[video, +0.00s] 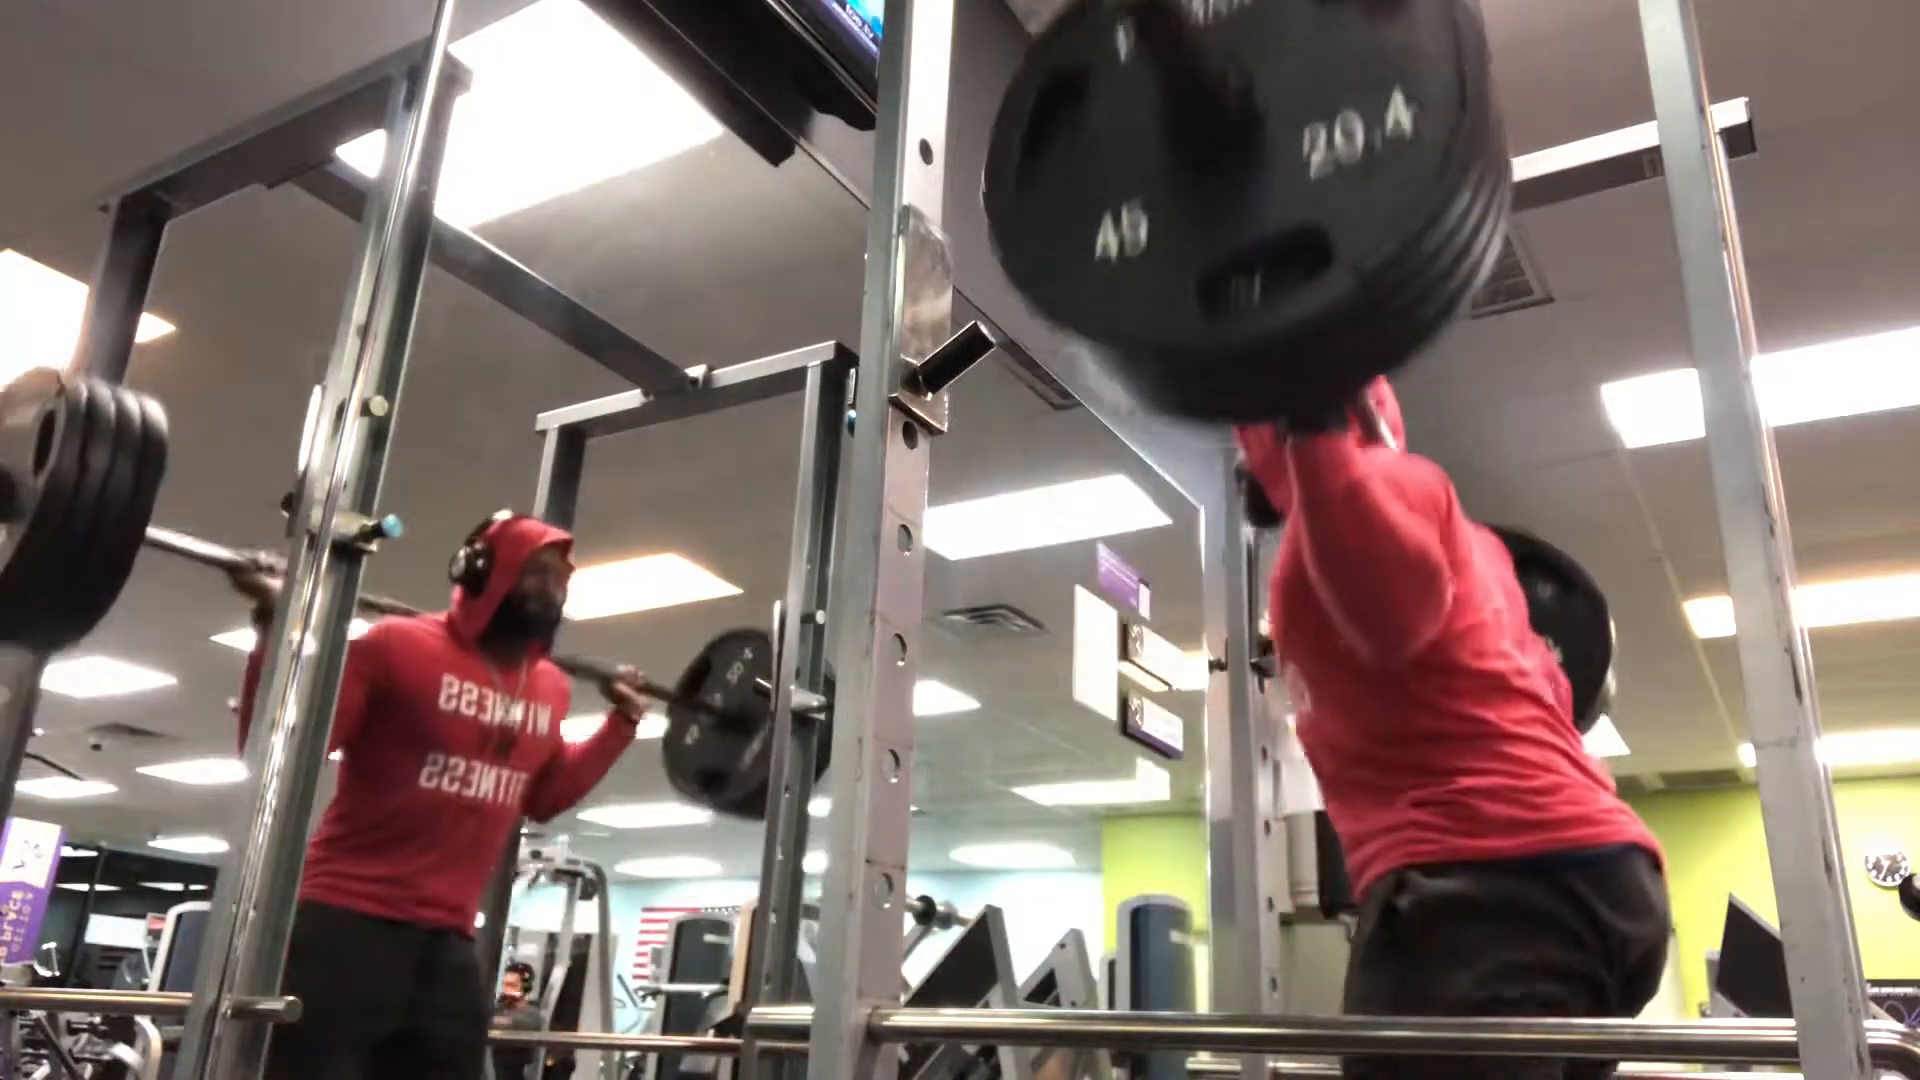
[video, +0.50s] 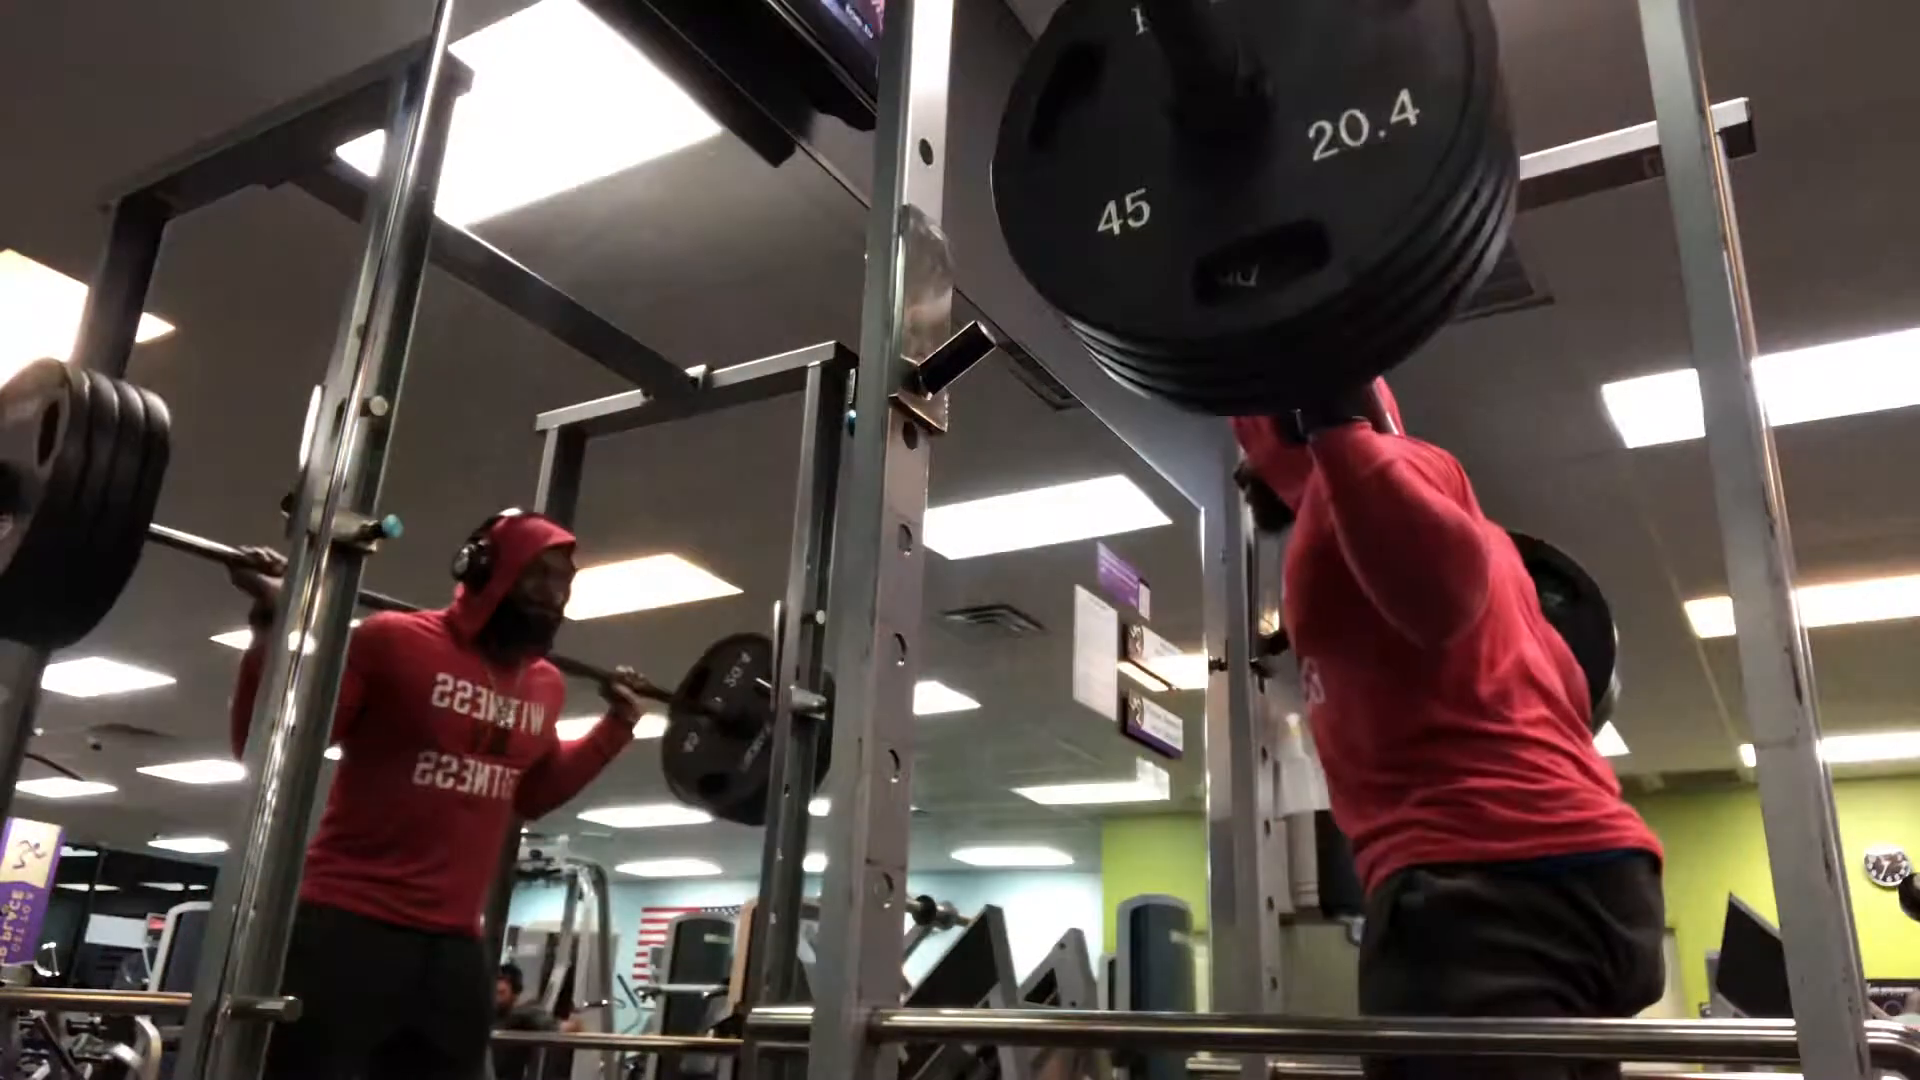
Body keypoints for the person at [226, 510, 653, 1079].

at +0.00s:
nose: (554, 592)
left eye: (561, 576)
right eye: (537, 572)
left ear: (566, 586)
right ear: (490, 575)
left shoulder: (548, 686)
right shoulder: (398, 645)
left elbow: (544, 798)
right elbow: (271, 749)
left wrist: (621, 723)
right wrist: (275, 627)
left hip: (447, 943)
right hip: (344, 924)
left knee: (452, 1067)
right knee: (317, 1069)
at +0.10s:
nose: (554, 590)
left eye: (562, 575)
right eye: (537, 570)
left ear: (567, 585)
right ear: (490, 571)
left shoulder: (544, 680)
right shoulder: (392, 638)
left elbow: (537, 790)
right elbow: (266, 747)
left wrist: (620, 716)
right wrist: (273, 623)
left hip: (446, 945)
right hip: (343, 925)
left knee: (450, 1068)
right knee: (312, 1070)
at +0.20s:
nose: (557, 598)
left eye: (565, 583)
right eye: (542, 577)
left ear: (567, 595)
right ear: (494, 578)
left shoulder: (541, 688)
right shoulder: (392, 644)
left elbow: (530, 798)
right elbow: (264, 751)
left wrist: (617, 728)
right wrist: (273, 628)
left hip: (444, 950)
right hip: (339, 929)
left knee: (446, 1069)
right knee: (312, 1070)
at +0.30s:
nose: (560, 599)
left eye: (567, 585)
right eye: (544, 580)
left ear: (569, 597)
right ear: (496, 582)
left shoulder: (541, 693)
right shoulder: (392, 650)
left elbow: (531, 804)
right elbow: (262, 751)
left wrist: (618, 735)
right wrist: (272, 636)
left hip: (443, 951)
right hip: (338, 931)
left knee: (449, 1068)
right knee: (313, 1070)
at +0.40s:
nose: (559, 598)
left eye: (565, 582)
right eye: (544, 576)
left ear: (565, 592)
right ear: (495, 578)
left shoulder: (542, 689)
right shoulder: (392, 644)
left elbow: (534, 801)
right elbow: (261, 749)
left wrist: (617, 730)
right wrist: (274, 629)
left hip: (447, 946)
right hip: (340, 926)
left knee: (448, 1069)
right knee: (304, 1071)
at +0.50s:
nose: (555, 594)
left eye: (564, 579)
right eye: (540, 573)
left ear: (569, 587)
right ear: (492, 573)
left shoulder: (543, 685)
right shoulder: (392, 639)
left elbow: (531, 795)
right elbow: (260, 747)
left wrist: (617, 724)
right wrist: (270, 623)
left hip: (454, 944)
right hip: (345, 924)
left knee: (448, 1070)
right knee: (317, 1071)